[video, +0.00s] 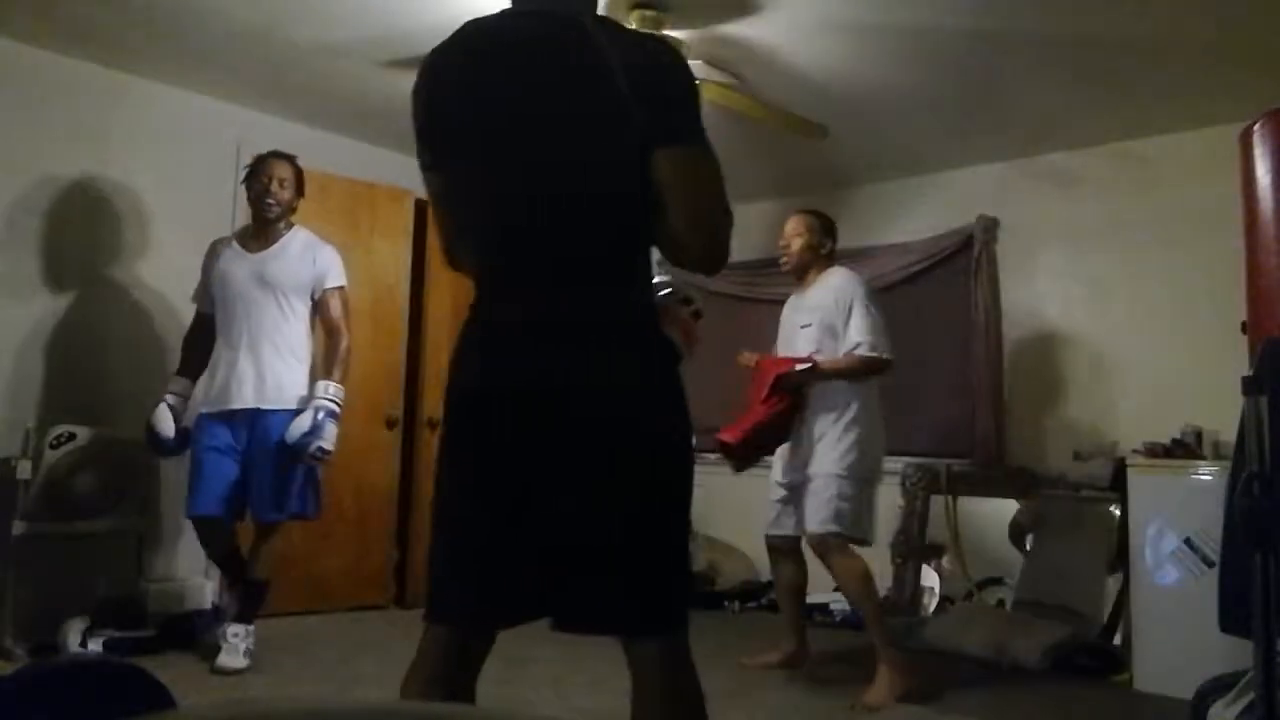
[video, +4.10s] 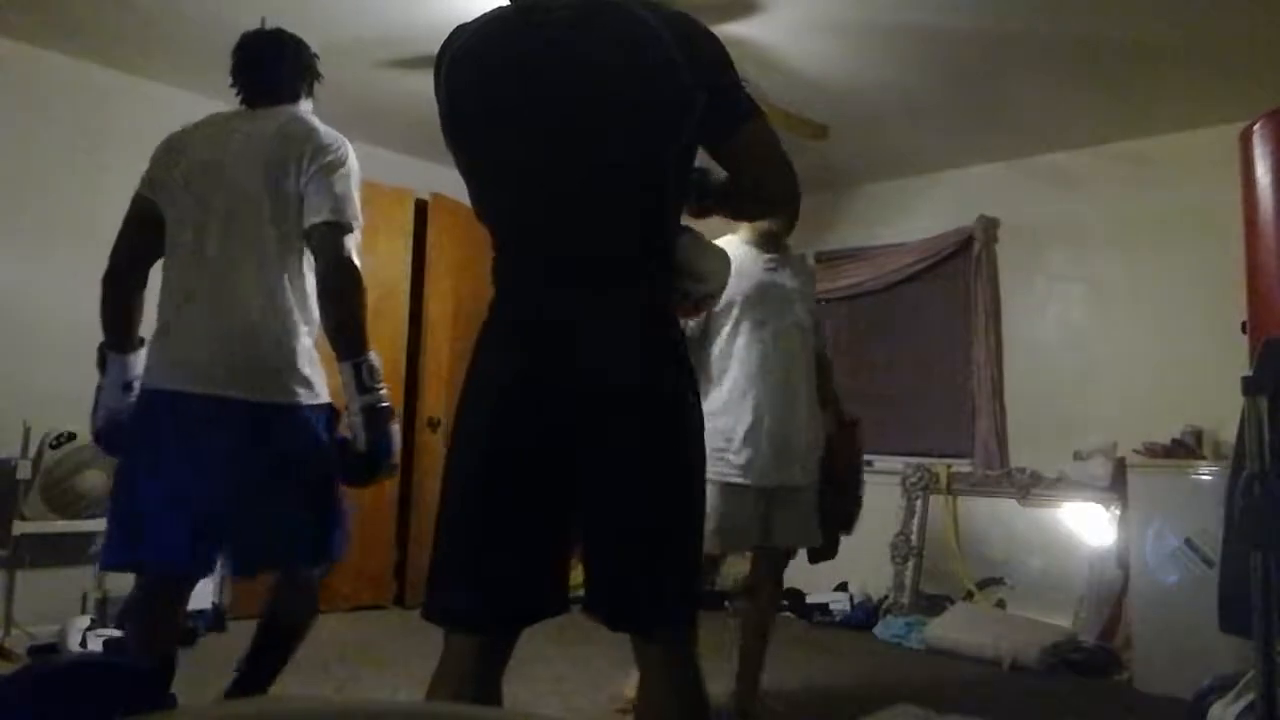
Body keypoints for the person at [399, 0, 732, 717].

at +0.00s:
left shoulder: (447, 65)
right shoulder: (646, 59)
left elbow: (461, 249)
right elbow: (702, 243)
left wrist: (641, 308)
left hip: (496, 365)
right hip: (622, 365)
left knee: (452, 638)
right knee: (656, 643)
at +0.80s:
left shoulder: (449, 50)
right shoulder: (634, 41)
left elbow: (456, 234)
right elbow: (726, 213)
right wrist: (631, 162)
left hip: (478, 370)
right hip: (604, 374)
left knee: (433, 635)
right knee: (644, 646)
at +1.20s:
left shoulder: (536, 59)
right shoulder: (742, 65)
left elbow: (527, 237)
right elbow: (805, 248)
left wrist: (611, 278)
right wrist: (723, 199)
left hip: (567, 369)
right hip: (690, 373)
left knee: (495, 633)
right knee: (690, 650)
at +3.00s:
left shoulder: (431, 38)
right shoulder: (643, 25)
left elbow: (474, 193)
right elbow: (752, 182)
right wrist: (648, 167)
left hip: (475, 353)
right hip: (604, 359)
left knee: (444, 647)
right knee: (646, 651)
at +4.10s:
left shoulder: (465, 49)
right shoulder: (676, 38)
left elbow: (497, 208)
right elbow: (774, 195)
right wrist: (688, 190)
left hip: (517, 360)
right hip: (640, 364)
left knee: (474, 639)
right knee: (664, 644)